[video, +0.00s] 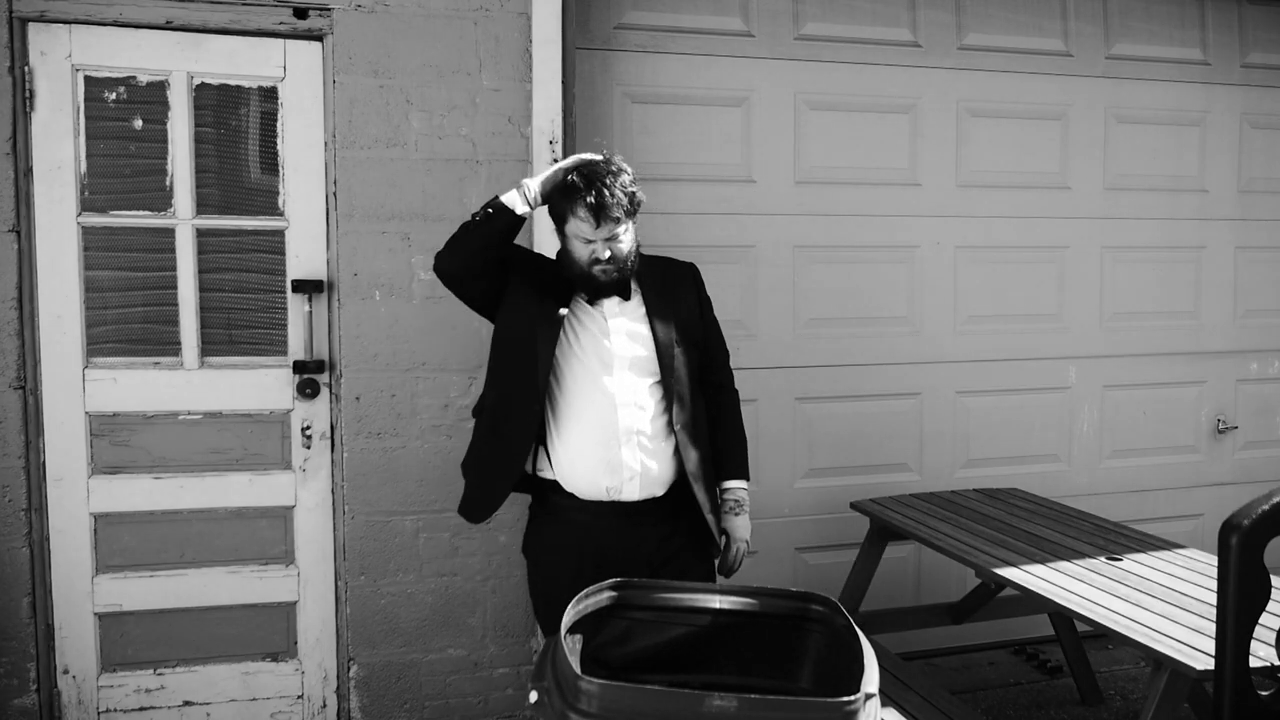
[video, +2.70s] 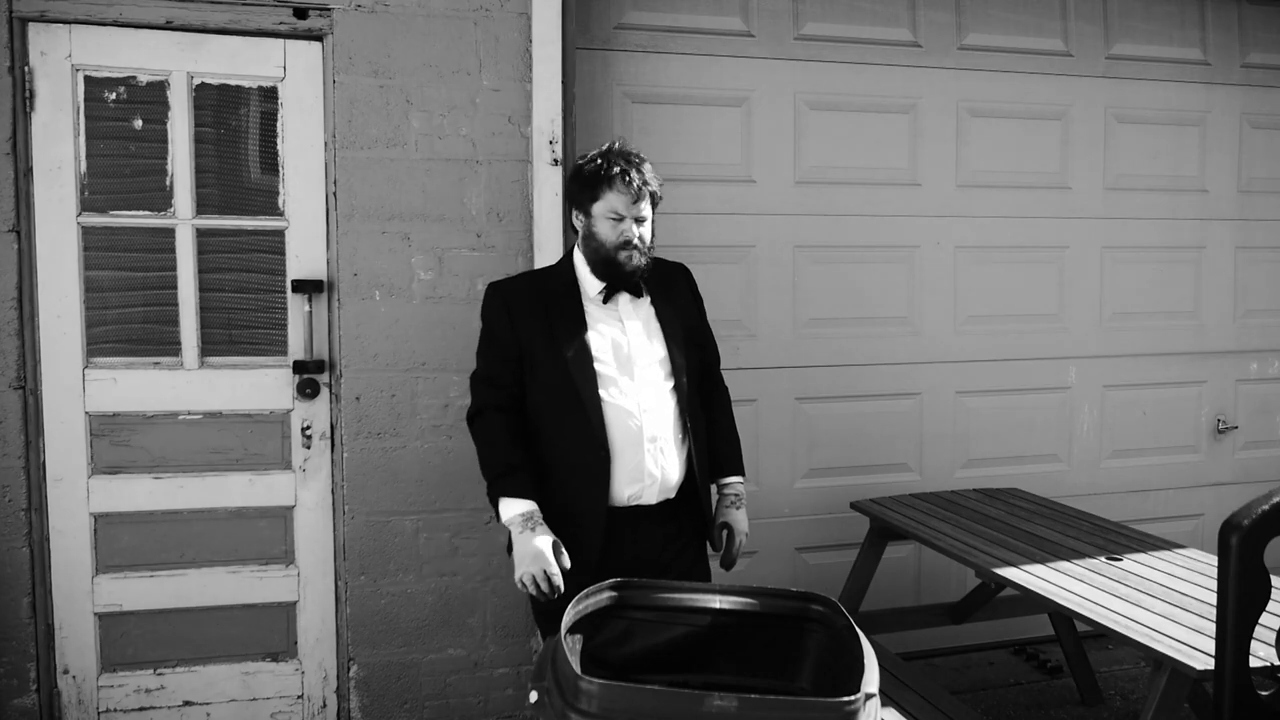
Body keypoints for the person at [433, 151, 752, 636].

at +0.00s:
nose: (602, 252)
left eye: (615, 236)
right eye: (585, 239)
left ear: (634, 224)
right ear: (558, 235)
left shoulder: (678, 285)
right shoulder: (530, 287)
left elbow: (718, 391)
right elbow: (455, 264)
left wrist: (735, 499)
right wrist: (533, 191)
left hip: (672, 523)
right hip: (568, 526)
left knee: (677, 688)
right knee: (578, 687)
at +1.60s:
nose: (621, 250)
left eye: (631, 232)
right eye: (603, 236)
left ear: (645, 224)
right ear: (570, 231)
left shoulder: (681, 287)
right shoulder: (521, 290)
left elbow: (719, 396)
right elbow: (428, 314)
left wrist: (733, 504)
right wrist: (481, 234)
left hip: (670, 528)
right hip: (566, 531)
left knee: (675, 695)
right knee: (577, 693)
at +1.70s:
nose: (637, 246)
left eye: (643, 228)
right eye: (619, 232)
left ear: (652, 221)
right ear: (578, 229)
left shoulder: (682, 288)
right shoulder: (519, 295)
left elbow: (719, 397)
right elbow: (435, 363)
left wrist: (734, 504)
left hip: (670, 527)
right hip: (566, 532)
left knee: (676, 694)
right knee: (577, 693)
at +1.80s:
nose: (646, 243)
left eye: (651, 227)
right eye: (629, 228)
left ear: (657, 222)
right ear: (583, 228)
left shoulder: (681, 288)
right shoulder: (518, 301)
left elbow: (718, 396)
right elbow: (475, 375)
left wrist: (733, 503)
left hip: (669, 530)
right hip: (566, 535)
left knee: (674, 695)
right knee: (575, 693)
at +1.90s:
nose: (650, 243)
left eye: (653, 227)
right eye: (634, 229)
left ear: (659, 221)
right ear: (585, 229)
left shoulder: (679, 287)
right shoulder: (515, 303)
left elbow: (715, 394)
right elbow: (485, 409)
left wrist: (733, 500)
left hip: (671, 532)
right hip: (567, 539)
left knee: (678, 699)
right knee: (580, 707)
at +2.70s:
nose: (636, 235)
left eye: (644, 220)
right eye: (618, 220)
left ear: (654, 217)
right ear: (580, 219)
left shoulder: (675, 285)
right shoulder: (517, 303)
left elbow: (710, 388)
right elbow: (494, 417)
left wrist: (730, 491)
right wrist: (524, 525)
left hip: (676, 530)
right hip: (581, 538)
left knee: (684, 698)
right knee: (588, 706)